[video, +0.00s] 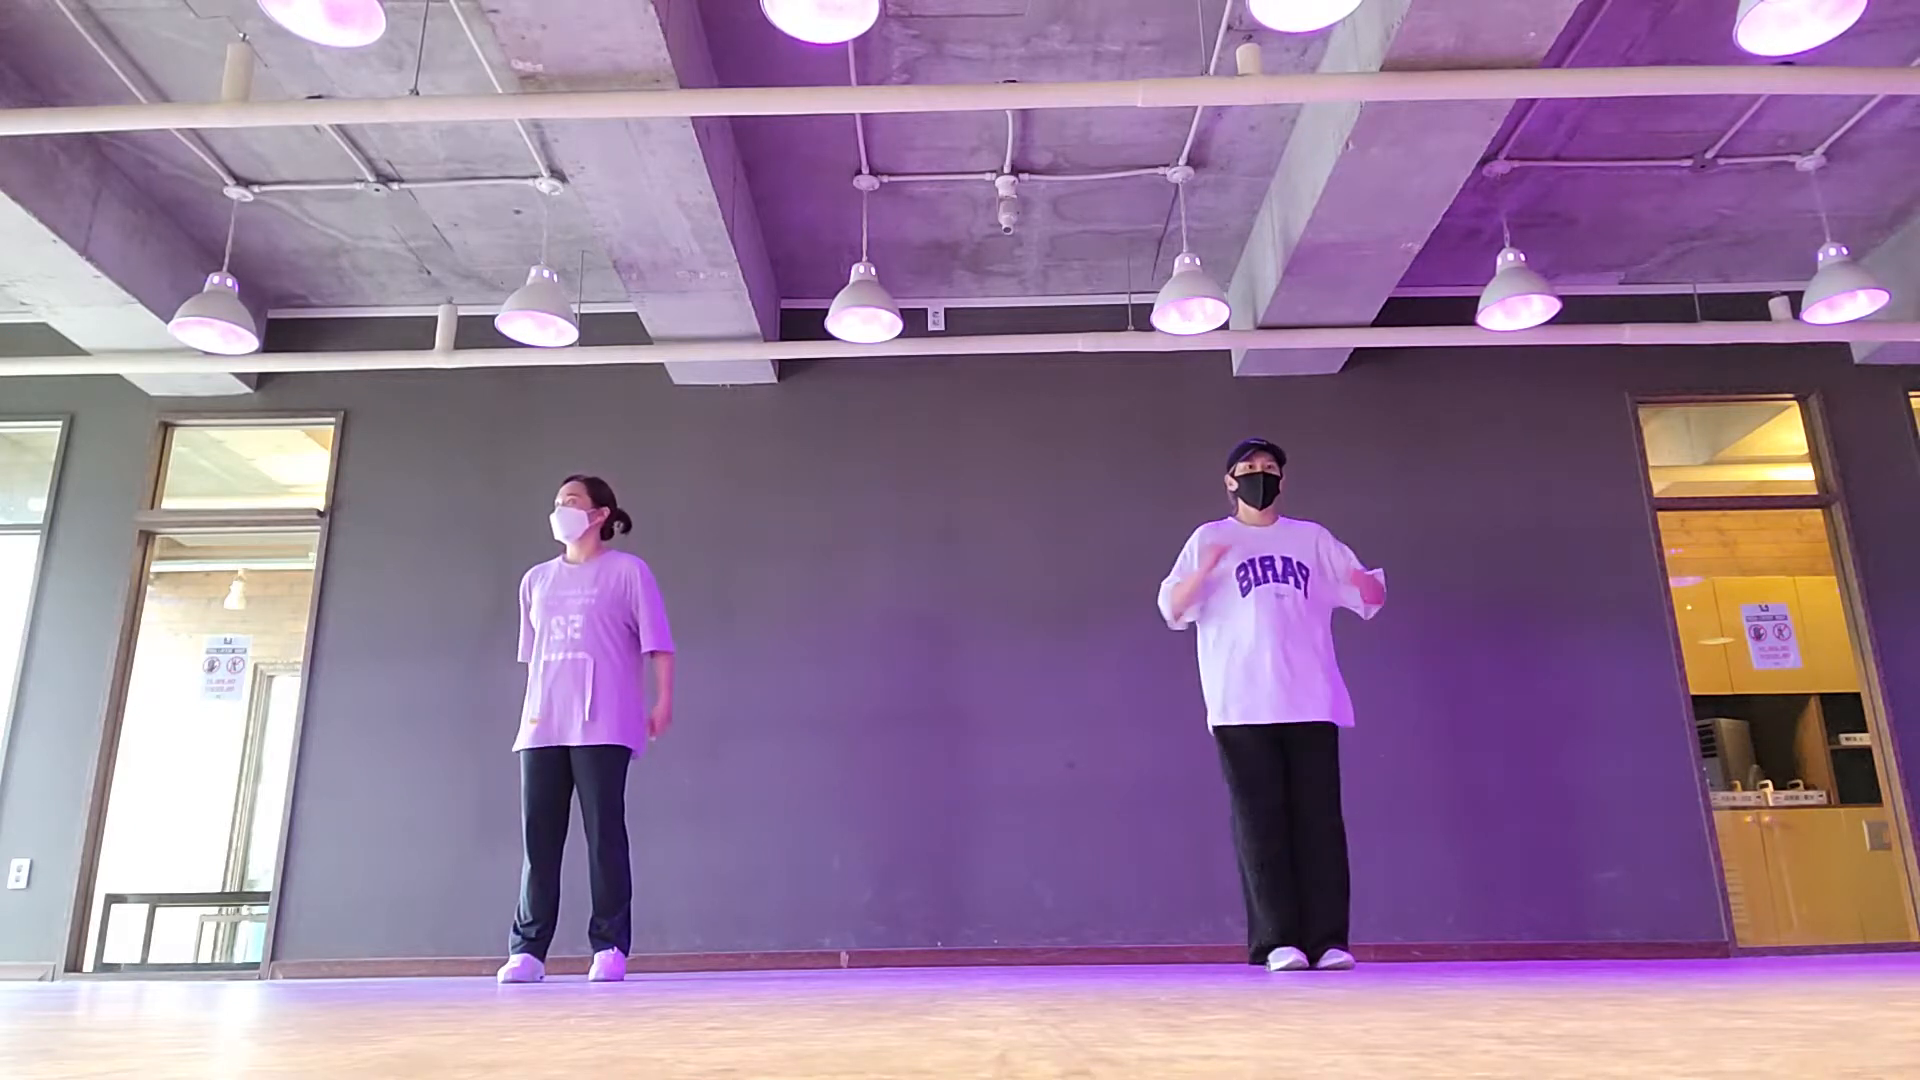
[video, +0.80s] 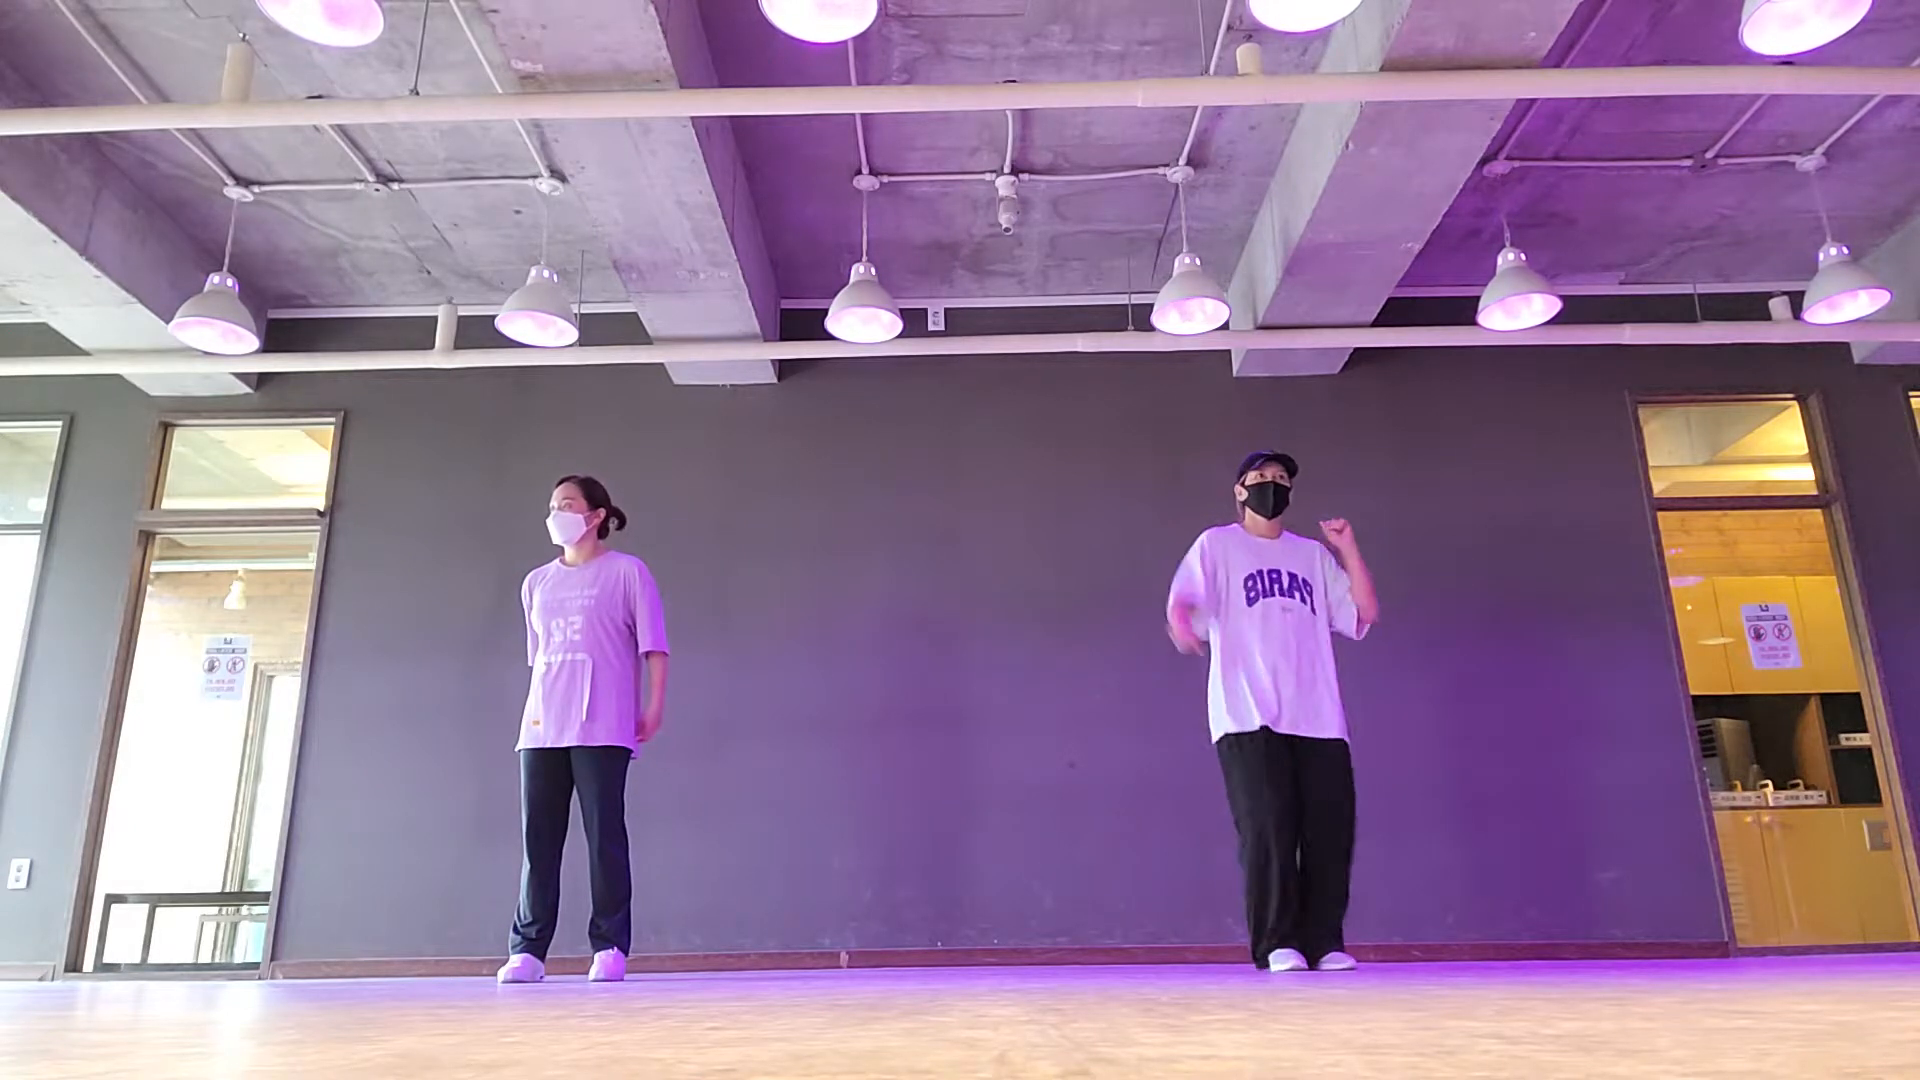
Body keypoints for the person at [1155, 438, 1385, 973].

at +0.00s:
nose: (1260, 478)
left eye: (1269, 470)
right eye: (1249, 470)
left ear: (1281, 479)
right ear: (1231, 481)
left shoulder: (1313, 538)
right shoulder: (1209, 539)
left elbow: (1368, 597)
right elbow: (1172, 610)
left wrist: (1369, 584)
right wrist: (1205, 566)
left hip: (1311, 704)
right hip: (1242, 707)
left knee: (1319, 821)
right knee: (1262, 827)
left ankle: (1328, 942)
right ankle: (1276, 945)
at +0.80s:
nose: (1271, 489)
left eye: (1280, 482)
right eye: (1260, 481)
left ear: (1290, 494)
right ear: (1240, 492)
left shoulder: (1315, 555)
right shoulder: (1215, 545)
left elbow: (1364, 615)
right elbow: (1179, 604)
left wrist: (1348, 550)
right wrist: (1185, 634)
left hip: (1317, 715)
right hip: (1249, 713)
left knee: (1332, 832)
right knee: (1267, 831)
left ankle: (1325, 943)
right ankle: (1275, 946)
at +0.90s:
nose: (1264, 488)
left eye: (1273, 481)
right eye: (1253, 481)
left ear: (1284, 491)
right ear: (1234, 491)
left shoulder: (1316, 548)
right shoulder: (1214, 547)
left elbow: (1376, 592)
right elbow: (1194, 619)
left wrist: (1361, 525)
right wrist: (1208, 660)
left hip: (1318, 713)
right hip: (1251, 714)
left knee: (1331, 830)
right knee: (1269, 834)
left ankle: (1331, 944)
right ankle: (1279, 947)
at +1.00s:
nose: (1254, 479)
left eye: (1263, 471)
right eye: (1243, 473)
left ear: (1277, 482)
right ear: (1226, 486)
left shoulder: (1318, 536)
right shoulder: (1210, 543)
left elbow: (1389, 552)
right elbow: (1196, 618)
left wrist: (1377, 486)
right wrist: (1220, 650)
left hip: (1317, 706)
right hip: (1248, 710)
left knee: (1324, 826)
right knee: (1265, 830)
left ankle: (1329, 944)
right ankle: (1280, 946)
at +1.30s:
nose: (1233, 478)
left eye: (1242, 470)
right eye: (1222, 474)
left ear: (1260, 482)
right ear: (1211, 494)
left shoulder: (1304, 527)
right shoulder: (1205, 554)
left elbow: (1369, 524)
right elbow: (1186, 630)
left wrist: (1436, 517)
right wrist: (1242, 609)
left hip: (1313, 703)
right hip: (1245, 713)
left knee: (1318, 823)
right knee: (1261, 826)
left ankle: (1324, 942)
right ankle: (1276, 943)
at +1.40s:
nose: (1231, 489)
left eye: (1239, 479)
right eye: (1219, 485)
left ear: (1257, 486)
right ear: (1209, 499)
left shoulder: (1303, 532)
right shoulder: (1204, 556)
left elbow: (1348, 577)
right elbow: (1199, 636)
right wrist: (1254, 604)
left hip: (1316, 705)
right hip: (1247, 713)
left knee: (1322, 822)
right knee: (1264, 825)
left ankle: (1327, 944)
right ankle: (1277, 943)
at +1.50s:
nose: (1229, 492)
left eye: (1238, 482)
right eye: (1219, 488)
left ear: (1258, 488)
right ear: (1210, 502)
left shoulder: (1300, 535)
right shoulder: (1204, 559)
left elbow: (1319, 609)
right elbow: (1211, 629)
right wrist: (1265, 592)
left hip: (1315, 708)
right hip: (1248, 714)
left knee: (1327, 825)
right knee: (1265, 831)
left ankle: (1330, 943)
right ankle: (1278, 945)